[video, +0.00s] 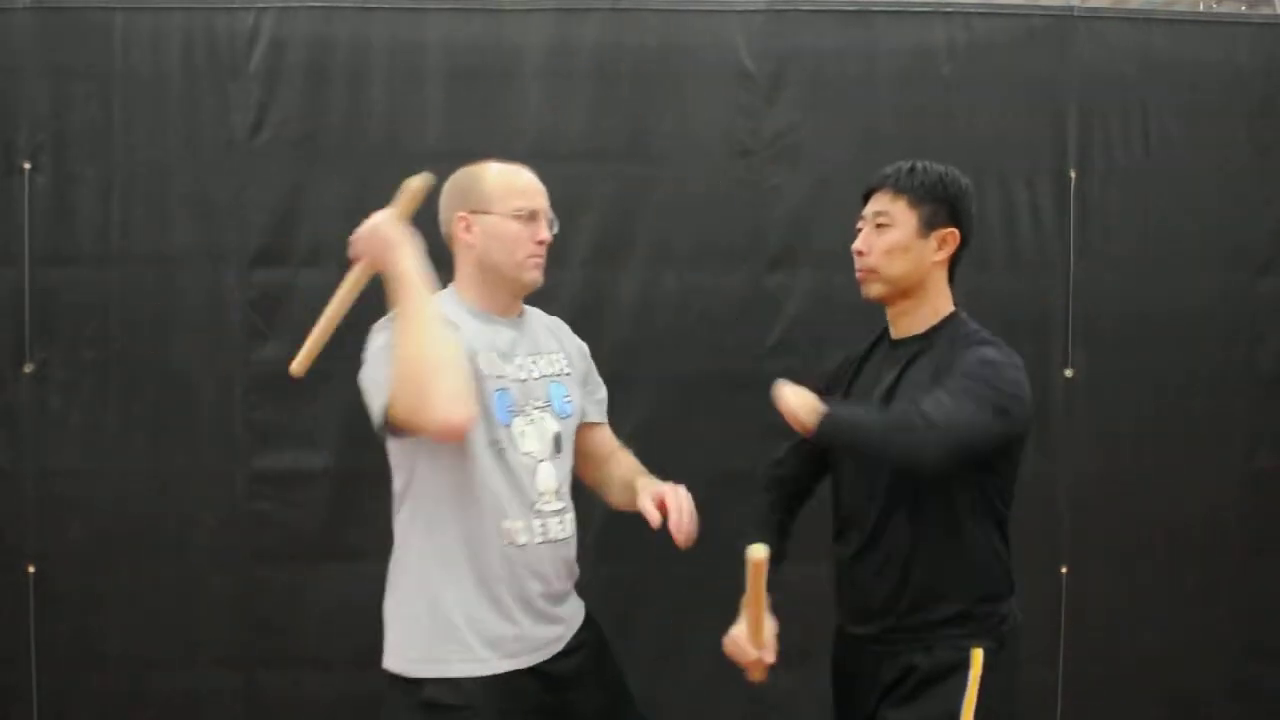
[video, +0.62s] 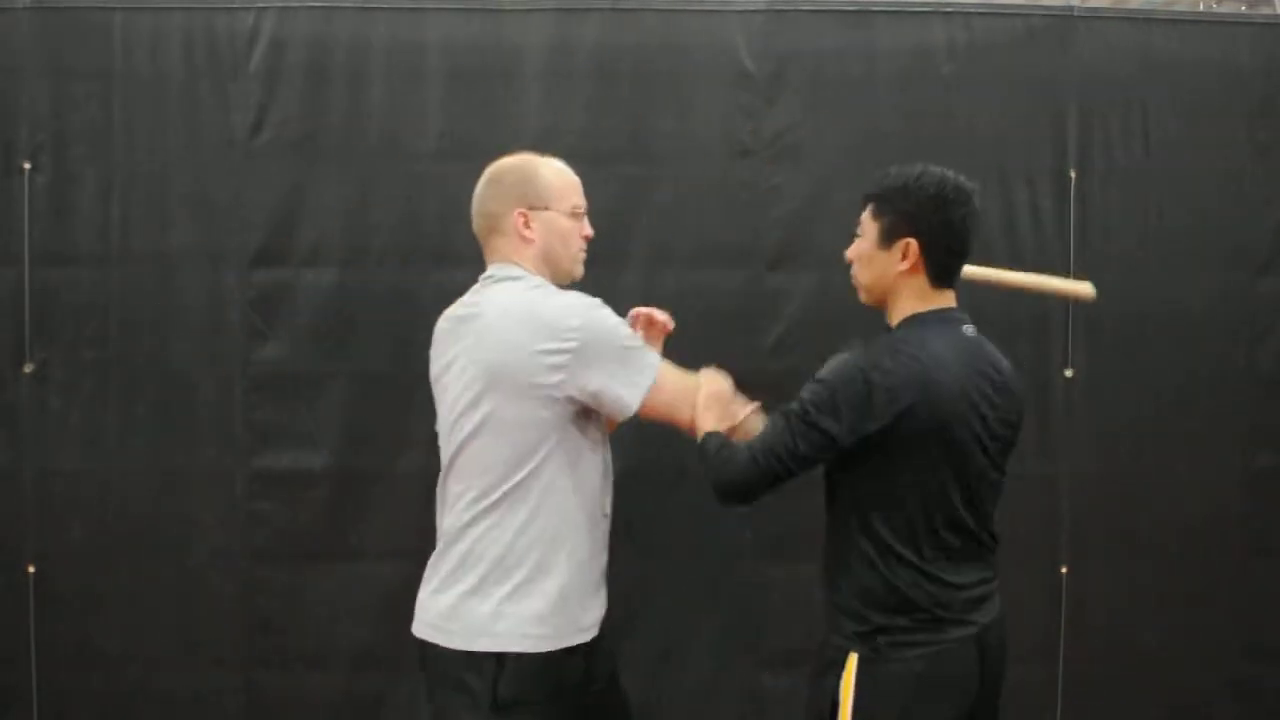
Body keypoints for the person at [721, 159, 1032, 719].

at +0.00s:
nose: (858, 245)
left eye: (881, 227)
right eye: (860, 229)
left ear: (942, 244)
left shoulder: (991, 369)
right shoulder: (855, 371)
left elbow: (929, 438)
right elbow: (782, 483)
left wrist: (825, 420)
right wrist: (756, 598)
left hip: (955, 654)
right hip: (863, 651)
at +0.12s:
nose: (857, 246)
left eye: (879, 227)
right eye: (862, 228)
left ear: (941, 243)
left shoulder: (968, 354)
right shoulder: (879, 361)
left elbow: (832, 332)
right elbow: (805, 469)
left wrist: (702, 308)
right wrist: (768, 540)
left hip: (950, 654)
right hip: (876, 648)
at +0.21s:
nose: (855, 244)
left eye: (878, 226)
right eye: (862, 226)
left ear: (939, 243)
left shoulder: (961, 350)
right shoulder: (890, 354)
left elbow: (818, 319)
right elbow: (814, 427)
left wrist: (705, 280)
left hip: (939, 649)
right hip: (885, 643)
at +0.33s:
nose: (859, 245)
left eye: (877, 227)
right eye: (867, 226)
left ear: (934, 246)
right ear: (930, 248)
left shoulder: (944, 348)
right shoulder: (925, 344)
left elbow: (777, 362)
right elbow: (784, 390)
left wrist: (791, 257)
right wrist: (744, 270)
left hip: (911, 647)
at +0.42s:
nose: (861, 250)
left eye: (876, 231)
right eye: (868, 231)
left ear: (927, 251)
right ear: (928, 252)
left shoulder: (931, 358)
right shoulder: (969, 345)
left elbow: (753, 400)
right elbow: (809, 378)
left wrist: (795, 327)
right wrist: (786, 276)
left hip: (896, 652)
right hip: (943, 641)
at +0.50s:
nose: (861, 248)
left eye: (872, 233)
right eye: (867, 232)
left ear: (918, 253)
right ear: (924, 255)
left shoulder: (894, 368)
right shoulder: (988, 358)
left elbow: (737, 451)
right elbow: (840, 411)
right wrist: (836, 283)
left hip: (883, 658)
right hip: (964, 645)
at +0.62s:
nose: (848, 253)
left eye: (860, 237)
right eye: (854, 236)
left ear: (906, 255)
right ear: (915, 257)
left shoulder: (871, 373)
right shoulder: (994, 370)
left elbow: (738, 478)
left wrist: (709, 419)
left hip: (887, 661)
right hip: (973, 648)